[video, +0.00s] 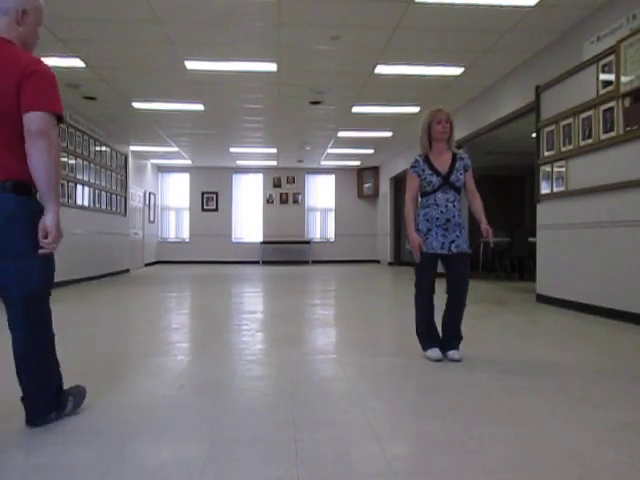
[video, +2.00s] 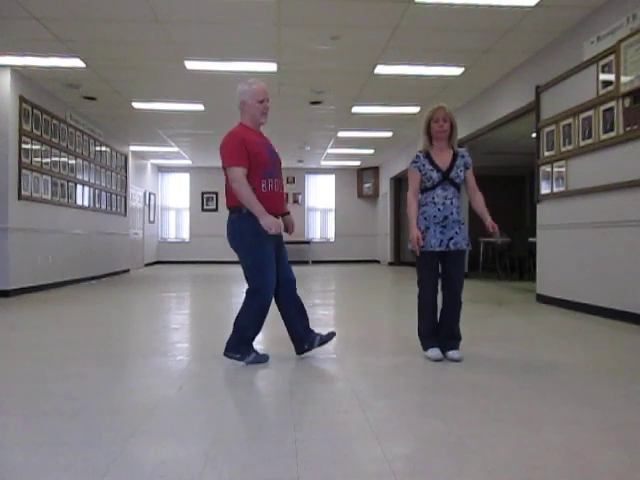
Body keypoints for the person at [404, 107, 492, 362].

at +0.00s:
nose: (444, 126)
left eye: (447, 123)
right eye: (438, 123)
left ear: (452, 128)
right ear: (429, 128)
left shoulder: (462, 160)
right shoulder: (419, 163)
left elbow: (472, 194)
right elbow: (410, 201)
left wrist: (483, 221)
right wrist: (412, 233)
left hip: (456, 232)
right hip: (427, 232)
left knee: (459, 287)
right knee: (425, 289)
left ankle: (451, 343)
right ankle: (430, 343)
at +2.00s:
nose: (441, 125)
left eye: (445, 121)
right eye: (436, 121)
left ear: (452, 126)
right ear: (428, 127)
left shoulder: (462, 158)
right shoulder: (420, 159)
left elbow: (474, 192)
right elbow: (413, 195)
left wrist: (487, 218)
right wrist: (413, 226)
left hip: (456, 231)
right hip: (427, 231)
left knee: (454, 291)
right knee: (428, 290)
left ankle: (450, 343)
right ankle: (430, 343)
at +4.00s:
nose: (452, 125)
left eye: (456, 121)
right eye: (447, 120)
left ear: (459, 126)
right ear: (437, 124)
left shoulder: (465, 157)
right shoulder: (424, 157)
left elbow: (475, 190)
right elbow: (414, 195)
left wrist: (487, 213)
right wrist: (417, 228)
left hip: (458, 230)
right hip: (430, 230)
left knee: (455, 290)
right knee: (430, 289)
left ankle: (450, 343)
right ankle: (430, 343)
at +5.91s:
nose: (448, 119)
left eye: (450, 116)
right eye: (442, 117)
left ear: (456, 122)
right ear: (433, 125)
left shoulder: (468, 155)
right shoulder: (426, 157)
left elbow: (477, 189)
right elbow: (415, 195)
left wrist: (488, 215)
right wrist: (418, 229)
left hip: (460, 230)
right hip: (432, 230)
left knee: (456, 290)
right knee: (431, 289)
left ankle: (451, 343)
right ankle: (431, 343)